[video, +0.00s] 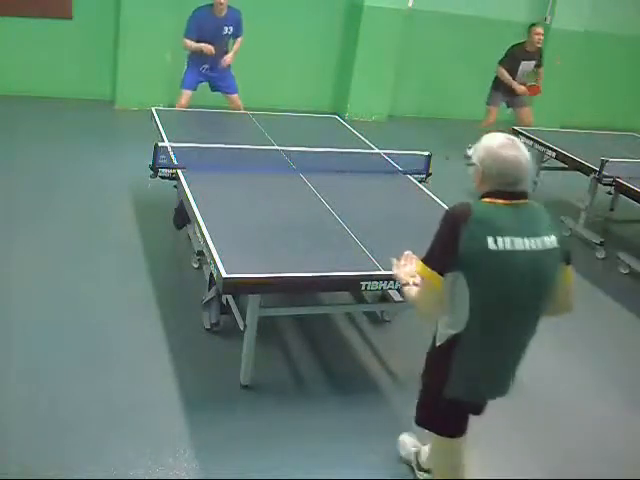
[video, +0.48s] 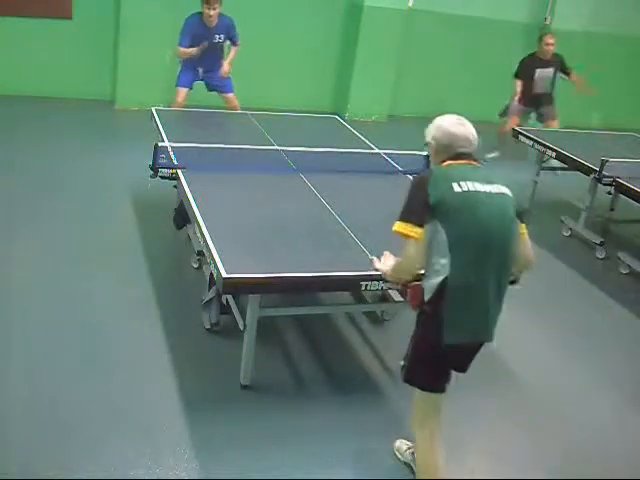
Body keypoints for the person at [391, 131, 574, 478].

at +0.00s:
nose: (472, 170)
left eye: (475, 164)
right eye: (474, 163)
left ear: (481, 173)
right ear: (525, 173)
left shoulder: (464, 217)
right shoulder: (544, 220)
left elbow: (431, 303)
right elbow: (561, 301)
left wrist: (409, 280)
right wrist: (514, 301)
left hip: (461, 348)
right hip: (508, 345)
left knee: (447, 426)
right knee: (460, 400)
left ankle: (445, 470)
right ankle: (434, 456)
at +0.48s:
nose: (427, 153)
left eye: (429, 147)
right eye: (428, 147)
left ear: (436, 150)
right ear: (472, 150)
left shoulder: (429, 184)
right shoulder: (499, 188)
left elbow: (413, 265)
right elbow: (524, 257)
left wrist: (391, 271)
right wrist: (500, 272)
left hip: (441, 316)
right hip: (482, 317)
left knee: (426, 422)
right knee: (434, 386)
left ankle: (431, 472)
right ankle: (424, 457)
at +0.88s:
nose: (390, 181)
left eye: (390, 172)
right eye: (389, 173)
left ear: (401, 169)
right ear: (431, 160)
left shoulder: (400, 199)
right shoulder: (474, 193)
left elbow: (373, 288)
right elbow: (498, 267)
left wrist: (359, 282)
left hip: (424, 329)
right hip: (469, 329)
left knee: (377, 428)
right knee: (421, 383)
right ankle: (424, 456)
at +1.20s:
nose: (380, 181)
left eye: (380, 172)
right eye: (378, 173)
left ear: (392, 169)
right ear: (427, 158)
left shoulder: (400, 207)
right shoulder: (469, 197)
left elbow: (360, 298)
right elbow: (466, 271)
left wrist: (316, 285)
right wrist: (394, 282)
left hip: (412, 342)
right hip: (459, 338)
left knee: (371, 433)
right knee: (430, 399)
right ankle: (435, 466)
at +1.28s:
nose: (382, 183)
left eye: (382, 174)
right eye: (380, 174)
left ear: (395, 174)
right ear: (428, 161)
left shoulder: (407, 209)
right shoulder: (468, 196)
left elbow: (376, 299)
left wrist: (312, 326)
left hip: (419, 345)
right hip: (461, 339)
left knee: (374, 435)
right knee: (430, 398)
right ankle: (442, 469)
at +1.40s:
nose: (388, 185)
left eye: (388, 177)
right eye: (386, 178)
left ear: (403, 174)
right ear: (429, 164)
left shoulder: (420, 213)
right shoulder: (467, 197)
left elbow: (427, 306)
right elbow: (470, 275)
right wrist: (403, 297)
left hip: (437, 349)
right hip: (468, 343)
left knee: (391, 411)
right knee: (438, 399)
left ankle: (371, 472)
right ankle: (454, 470)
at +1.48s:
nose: (391, 187)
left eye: (391, 179)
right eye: (389, 180)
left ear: (404, 178)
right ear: (434, 168)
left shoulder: (428, 212)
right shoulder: (468, 200)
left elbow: (461, 303)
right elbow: (452, 268)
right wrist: (395, 284)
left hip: (441, 348)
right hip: (474, 341)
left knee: (385, 444)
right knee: (449, 415)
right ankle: (455, 471)